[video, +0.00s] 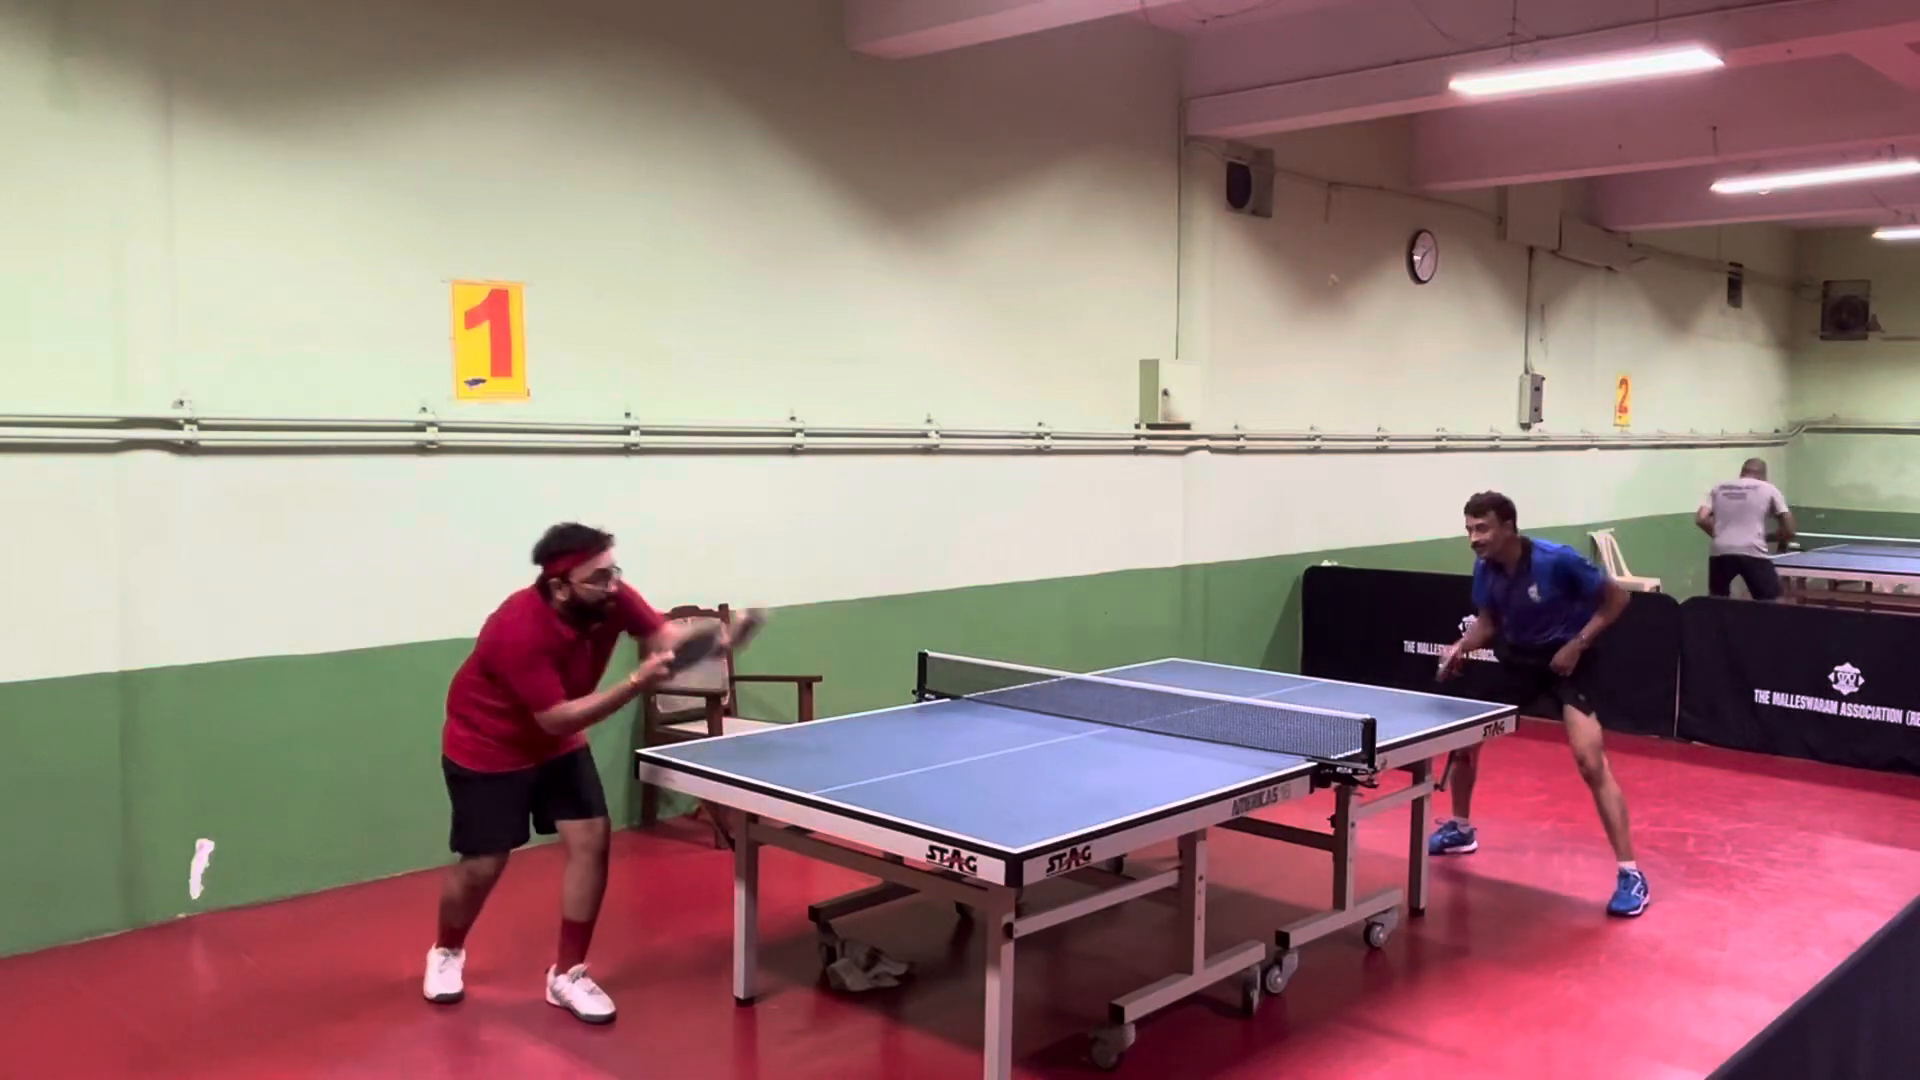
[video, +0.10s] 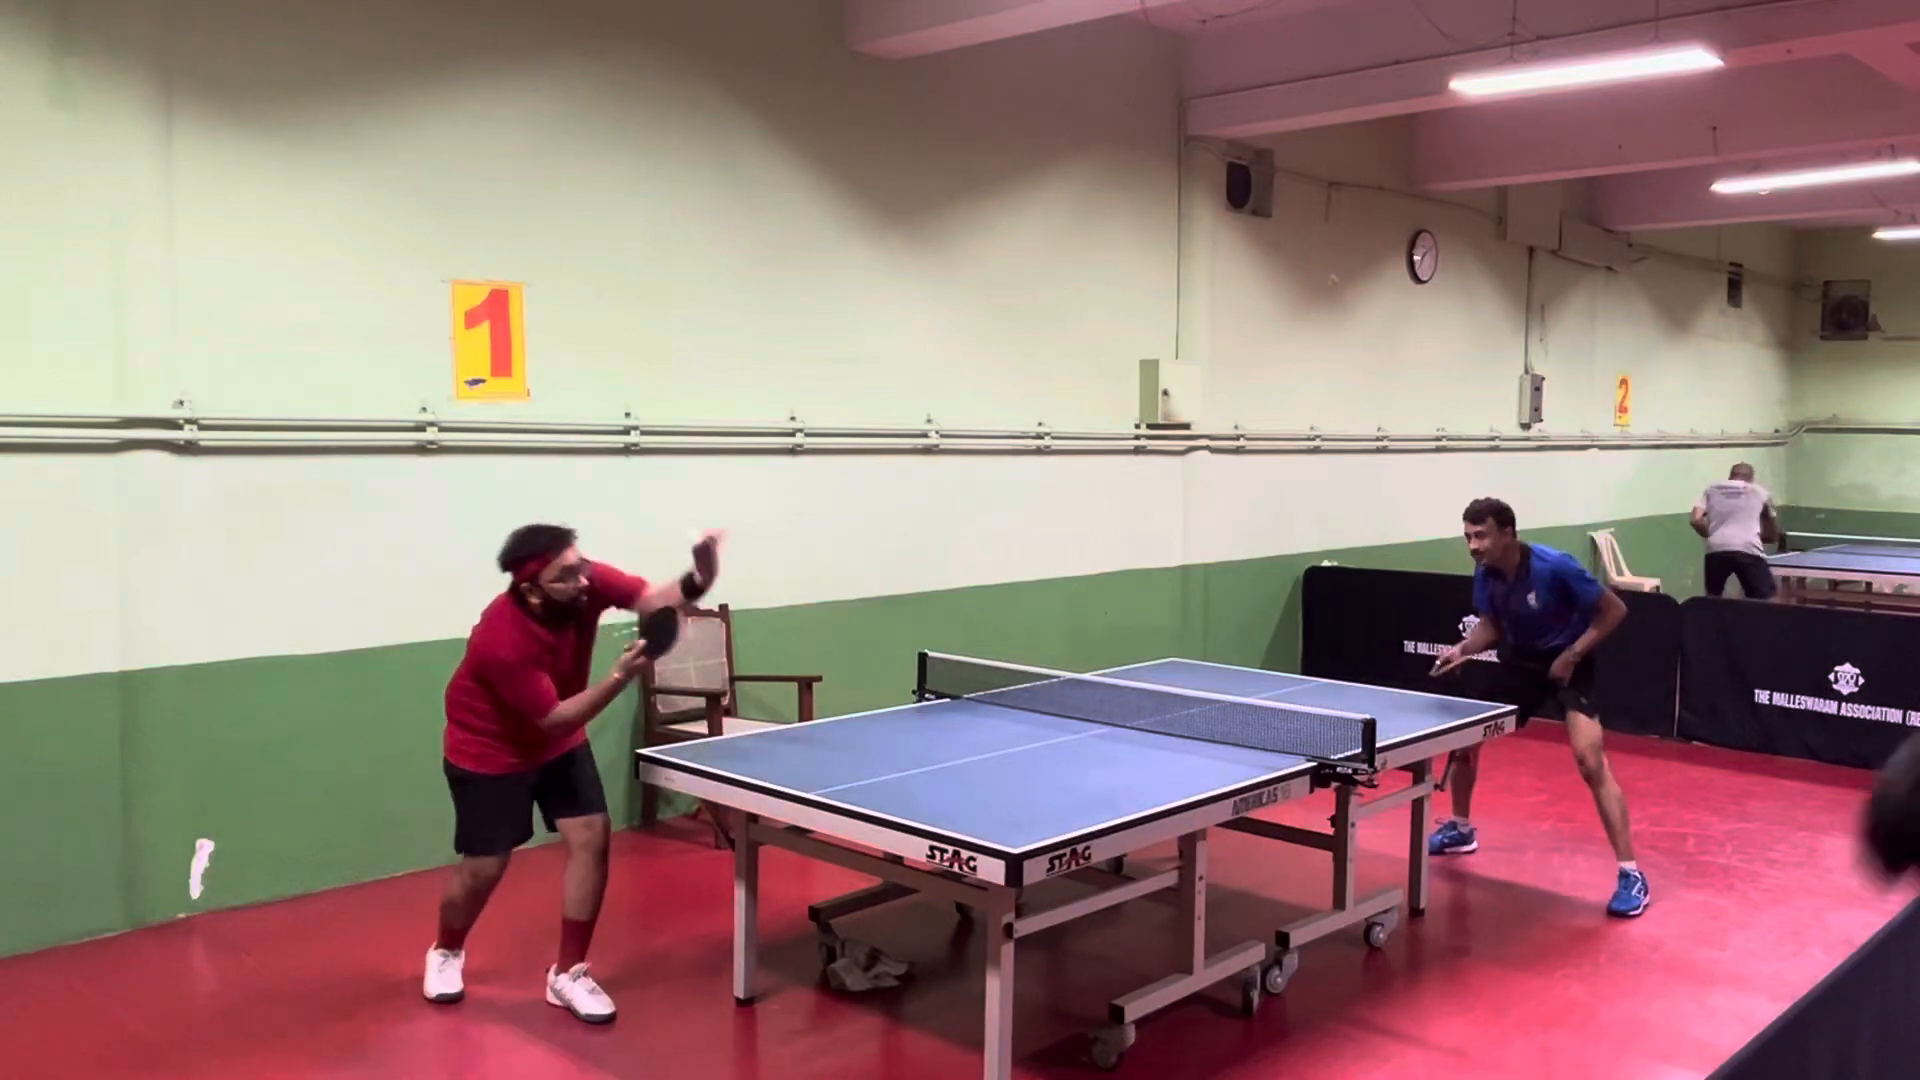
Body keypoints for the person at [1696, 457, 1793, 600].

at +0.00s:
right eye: (1763, 476)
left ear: (1741, 473)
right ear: (1763, 475)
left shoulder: (1719, 487)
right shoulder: (1769, 489)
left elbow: (1701, 519)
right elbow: (1788, 530)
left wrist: (1720, 535)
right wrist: (1779, 538)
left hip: (1721, 554)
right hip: (1753, 554)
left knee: (1717, 606)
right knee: (1770, 606)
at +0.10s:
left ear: (1729, 477)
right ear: (1751, 479)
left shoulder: (1711, 490)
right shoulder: (1761, 494)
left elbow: (1696, 520)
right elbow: (1772, 536)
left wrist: (1712, 535)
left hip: (1716, 553)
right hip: (1749, 552)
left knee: (1712, 602)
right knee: (1764, 603)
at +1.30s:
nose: (1841, 479)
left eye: (1841, 475)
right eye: (1841, 475)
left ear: (1817, 467)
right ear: (1838, 474)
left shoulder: (1788, 482)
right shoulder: (1836, 492)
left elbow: (1767, 515)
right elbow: (1839, 535)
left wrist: (1782, 534)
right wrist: (1869, 552)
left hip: (1776, 551)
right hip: (1809, 554)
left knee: (1758, 605)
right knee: (1835, 608)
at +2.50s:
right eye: (1851, 467)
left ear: (1827, 465)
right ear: (1849, 469)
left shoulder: (1803, 483)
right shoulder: (1856, 491)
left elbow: (1786, 518)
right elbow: (1862, 536)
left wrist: (1806, 523)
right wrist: (1853, 548)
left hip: (1795, 553)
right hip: (1829, 556)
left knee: (1775, 602)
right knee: (1851, 607)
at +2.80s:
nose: (1848, 476)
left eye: (1848, 473)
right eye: (1848, 473)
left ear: (1824, 468)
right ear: (1845, 473)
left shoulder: (1798, 484)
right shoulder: (1850, 491)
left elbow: (1784, 520)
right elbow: (1860, 531)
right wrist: (1858, 548)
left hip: (1794, 555)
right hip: (1829, 557)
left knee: (1772, 603)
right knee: (1852, 608)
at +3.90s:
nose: (1850, 477)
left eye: (1850, 473)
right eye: (1849, 473)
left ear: (1827, 469)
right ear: (1846, 473)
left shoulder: (1800, 484)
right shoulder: (1847, 496)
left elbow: (1786, 519)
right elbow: (1856, 537)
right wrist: (1861, 551)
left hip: (1783, 556)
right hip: (1816, 561)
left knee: (1763, 604)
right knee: (1838, 607)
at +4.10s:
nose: (1837, 473)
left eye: (1837, 469)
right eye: (1837, 469)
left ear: (1815, 465)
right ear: (1835, 469)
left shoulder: (1791, 480)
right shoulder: (1836, 491)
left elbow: (1768, 514)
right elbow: (1845, 535)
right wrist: (1852, 549)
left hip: (1772, 550)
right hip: (1804, 554)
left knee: (1757, 600)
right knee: (1831, 603)